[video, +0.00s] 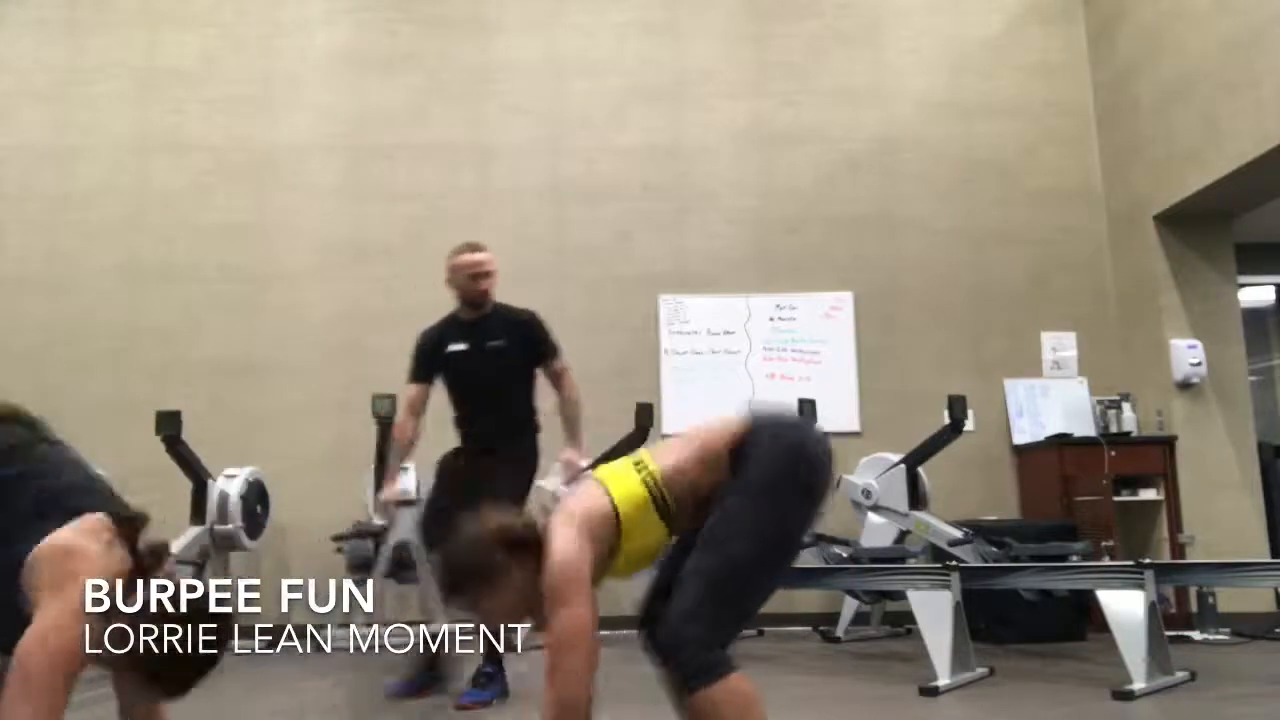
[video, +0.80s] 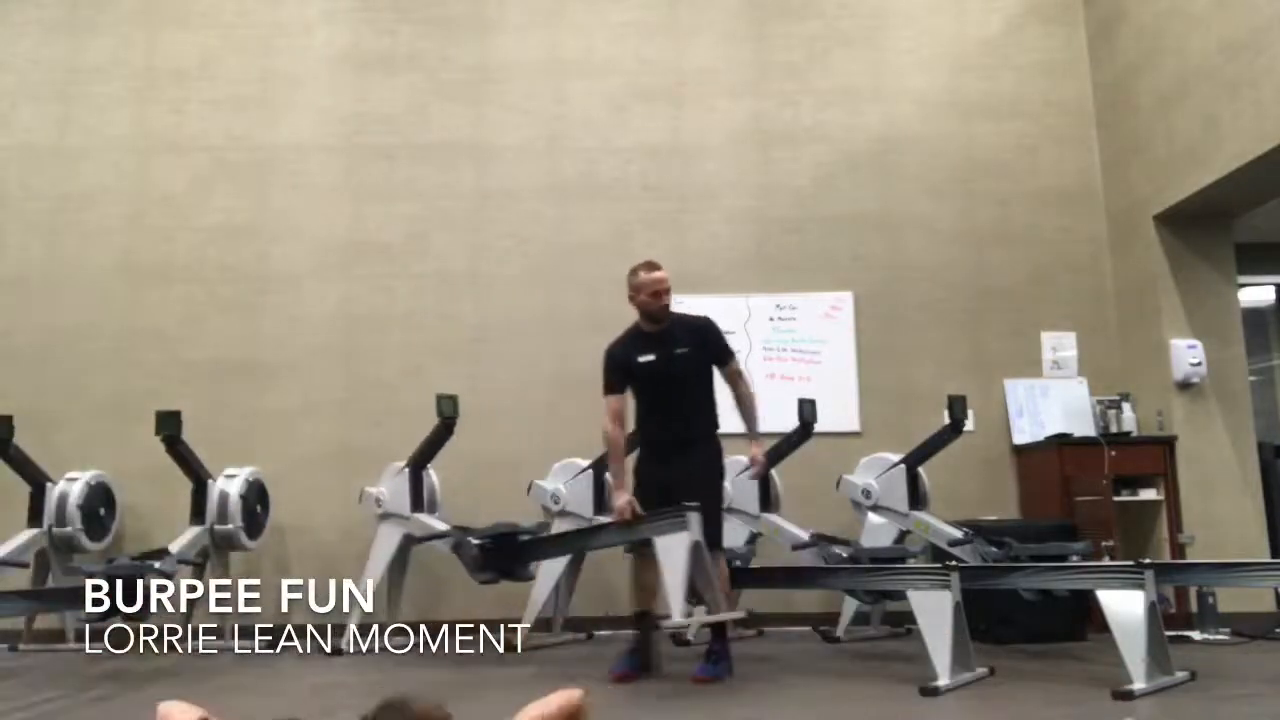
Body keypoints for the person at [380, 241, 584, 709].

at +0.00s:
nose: (481, 285)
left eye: (487, 276)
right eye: (471, 278)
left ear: (497, 277)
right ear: (451, 282)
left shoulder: (524, 326)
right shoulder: (436, 339)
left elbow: (563, 381)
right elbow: (412, 411)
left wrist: (574, 446)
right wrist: (392, 474)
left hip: (516, 456)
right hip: (468, 458)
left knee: (494, 556)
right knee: (431, 544)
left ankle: (492, 667)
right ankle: (431, 657)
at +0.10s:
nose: (508, 281)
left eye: (513, 273)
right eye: (499, 274)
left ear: (521, 276)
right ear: (478, 278)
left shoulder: (546, 327)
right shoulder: (459, 336)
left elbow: (583, 384)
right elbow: (436, 407)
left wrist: (599, 446)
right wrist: (422, 474)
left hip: (530, 455)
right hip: (485, 456)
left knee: (503, 562)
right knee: (482, 558)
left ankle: (490, 674)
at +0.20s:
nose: (537, 285)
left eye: (542, 277)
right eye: (528, 277)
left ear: (549, 280)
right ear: (507, 281)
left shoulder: (571, 330)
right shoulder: (485, 337)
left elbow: (604, 386)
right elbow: (467, 405)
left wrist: (625, 446)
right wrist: (456, 473)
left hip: (556, 455)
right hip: (512, 457)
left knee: (542, 555)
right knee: (515, 558)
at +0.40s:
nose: (581, 283)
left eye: (584, 276)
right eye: (572, 277)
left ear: (589, 277)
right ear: (549, 281)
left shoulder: (612, 325)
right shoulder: (529, 339)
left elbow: (641, 379)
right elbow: (516, 407)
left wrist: (655, 436)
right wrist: (515, 470)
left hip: (608, 446)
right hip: (562, 449)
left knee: (601, 537)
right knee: (562, 540)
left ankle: (625, 619)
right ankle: (570, 624)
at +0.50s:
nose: (599, 285)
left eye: (602, 278)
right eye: (590, 279)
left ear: (606, 280)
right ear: (566, 283)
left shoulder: (629, 327)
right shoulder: (545, 340)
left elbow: (657, 380)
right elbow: (536, 408)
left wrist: (670, 432)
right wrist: (537, 472)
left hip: (626, 450)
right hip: (579, 452)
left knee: (635, 543)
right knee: (570, 550)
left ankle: (665, 639)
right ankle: (580, 651)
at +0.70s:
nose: (652, 294)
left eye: (655, 287)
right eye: (643, 289)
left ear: (660, 288)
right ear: (621, 294)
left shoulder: (685, 333)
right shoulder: (605, 348)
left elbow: (717, 388)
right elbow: (593, 418)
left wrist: (726, 447)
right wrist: (594, 480)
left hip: (684, 457)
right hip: (634, 460)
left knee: (696, 552)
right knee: (611, 554)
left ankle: (718, 647)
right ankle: (587, 651)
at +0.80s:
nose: (663, 300)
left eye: (666, 291)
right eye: (653, 294)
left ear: (671, 290)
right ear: (632, 298)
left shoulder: (701, 331)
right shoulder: (621, 352)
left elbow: (738, 383)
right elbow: (615, 423)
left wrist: (755, 441)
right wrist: (619, 488)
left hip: (701, 456)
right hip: (653, 460)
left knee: (709, 550)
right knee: (642, 549)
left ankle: (719, 644)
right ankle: (643, 645)